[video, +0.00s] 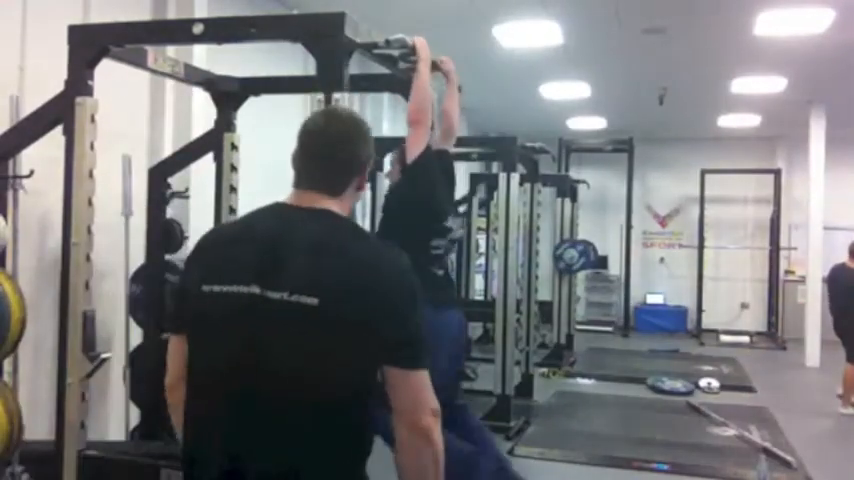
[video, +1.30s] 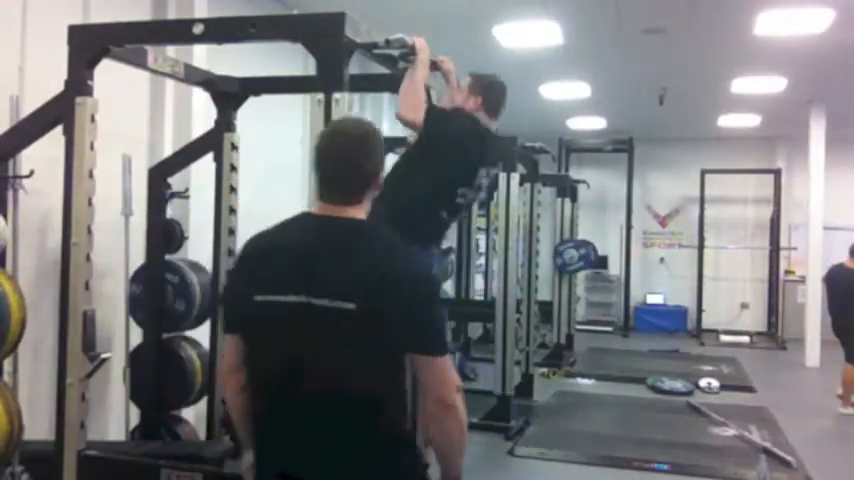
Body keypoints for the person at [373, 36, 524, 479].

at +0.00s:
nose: (395, 157)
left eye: (399, 153)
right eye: (398, 153)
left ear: (412, 155)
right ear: (431, 151)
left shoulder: (416, 179)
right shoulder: (441, 177)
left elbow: (418, 120)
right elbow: (448, 130)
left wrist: (422, 61)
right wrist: (450, 77)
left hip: (419, 311)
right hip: (448, 309)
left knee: (391, 415)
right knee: (449, 405)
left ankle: (476, 468)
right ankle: (500, 470)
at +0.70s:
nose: (412, 168)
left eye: (415, 161)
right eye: (414, 163)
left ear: (430, 162)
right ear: (449, 158)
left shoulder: (440, 184)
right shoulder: (466, 182)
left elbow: (431, 122)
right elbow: (460, 130)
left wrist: (424, 63)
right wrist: (450, 75)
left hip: (458, 321)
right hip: (486, 314)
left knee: (462, 426)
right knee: (499, 414)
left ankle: (513, 477)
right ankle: (533, 474)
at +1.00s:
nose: (456, 127)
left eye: (463, 128)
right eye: (461, 127)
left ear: (470, 144)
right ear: (482, 153)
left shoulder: (450, 162)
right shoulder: (476, 178)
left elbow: (422, 116)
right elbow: (460, 127)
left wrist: (422, 62)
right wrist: (451, 78)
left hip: (419, 285)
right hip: (448, 283)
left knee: (425, 381)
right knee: (450, 370)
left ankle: (506, 444)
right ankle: (503, 436)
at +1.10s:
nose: (461, 120)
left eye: (465, 118)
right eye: (463, 118)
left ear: (473, 130)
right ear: (486, 139)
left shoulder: (450, 151)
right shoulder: (477, 170)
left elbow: (414, 116)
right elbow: (453, 129)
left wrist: (422, 62)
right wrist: (452, 82)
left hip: (414, 260)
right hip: (434, 259)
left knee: (412, 342)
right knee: (416, 338)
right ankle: (466, 397)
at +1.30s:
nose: (459, 97)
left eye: (463, 92)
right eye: (460, 91)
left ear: (474, 101)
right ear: (492, 109)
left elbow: (409, 111)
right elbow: (455, 120)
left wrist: (421, 57)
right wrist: (451, 81)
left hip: (390, 242)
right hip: (425, 247)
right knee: (432, 347)